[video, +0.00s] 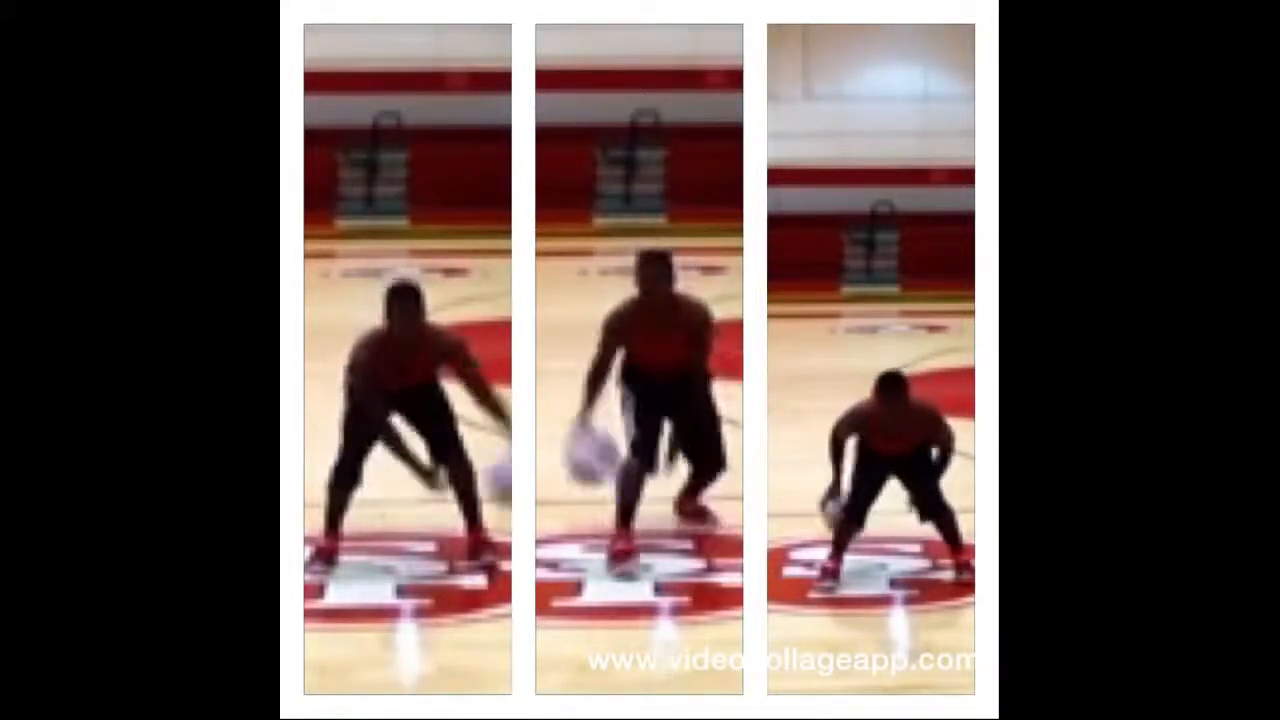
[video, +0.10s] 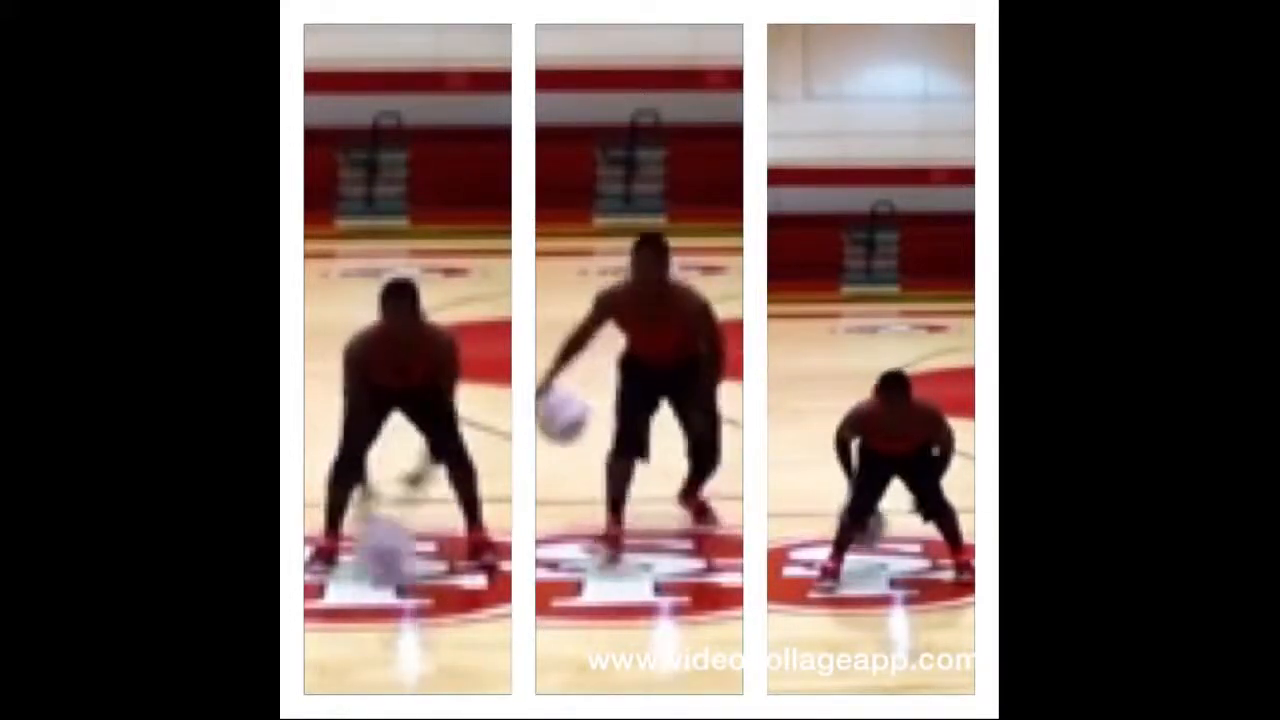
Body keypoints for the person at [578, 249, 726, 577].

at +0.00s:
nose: (651, 289)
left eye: (659, 281)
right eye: (645, 281)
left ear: (671, 280)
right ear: (637, 281)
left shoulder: (696, 317)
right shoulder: (624, 319)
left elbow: (698, 379)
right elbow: (601, 368)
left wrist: (679, 433)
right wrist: (586, 413)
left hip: (687, 386)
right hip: (644, 388)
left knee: (711, 460)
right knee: (642, 456)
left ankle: (688, 501)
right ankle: (623, 531)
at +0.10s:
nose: (648, 275)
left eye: (655, 267)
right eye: (642, 267)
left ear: (666, 267)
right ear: (632, 266)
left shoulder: (690, 304)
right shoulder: (616, 300)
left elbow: (716, 351)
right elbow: (581, 338)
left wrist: (708, 391)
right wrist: (549, 378)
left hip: (686, 372)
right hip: (640, 370)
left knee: (708, 453)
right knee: (626, 447)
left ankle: (689, 494)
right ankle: (614, 522)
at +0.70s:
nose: (666, 289)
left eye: (671, 280)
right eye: (658, 281)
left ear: (680, 279)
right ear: (645, 282)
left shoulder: (702, 311)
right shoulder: (629, 320)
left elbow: (725, 355)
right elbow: (607, 374)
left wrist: (734, 394)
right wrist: (614, 428)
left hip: (690, 375)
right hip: (645, 379)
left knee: (730, 441)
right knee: (640, 454)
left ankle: (707, 504)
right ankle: (631, 532)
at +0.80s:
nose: (662, 296)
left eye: (668, 288)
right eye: (656, 288)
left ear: (680, 287)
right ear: (646, 289)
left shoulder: (703, 323)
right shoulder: (629, 329)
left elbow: (709, 378)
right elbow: (615, 383)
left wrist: (710, 416)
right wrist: (615, 431)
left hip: (695, 398)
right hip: (652, 400)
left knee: (731, 450)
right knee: (664, 450)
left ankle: (706, 503)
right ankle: (636, 537)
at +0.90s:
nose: (658, 281)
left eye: (665, 273)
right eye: (653, 273)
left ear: (678, 274)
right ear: (644, 274)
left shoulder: (702, 312)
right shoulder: (629, 308)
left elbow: (720, 366)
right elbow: (599, 342)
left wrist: (710, 402)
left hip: (697, 385)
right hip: (651, 385)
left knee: (722, 460)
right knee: (641, 453)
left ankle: (705, 504)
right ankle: (629, 528)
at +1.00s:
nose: (658, 274)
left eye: (666, 266)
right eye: (653, 265)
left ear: (678, 267)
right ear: (644, 265)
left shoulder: (699, 302)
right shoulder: (625, 295)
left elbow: (728, 345)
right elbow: (587, 326)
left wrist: (728, 395)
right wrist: (551, 366)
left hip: (694, 369)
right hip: (646, 368)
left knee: (714, 440)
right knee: (621, 446)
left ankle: (718, 492)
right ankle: (620, 519)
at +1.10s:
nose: (661, 283)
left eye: (669, 276)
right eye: (656, 275)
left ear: (682, 276)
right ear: (648, 273)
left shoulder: (702, 311)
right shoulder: (627, 307)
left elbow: (723, 366)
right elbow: (606, 353)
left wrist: (720, 415)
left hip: (688, 375)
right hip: (642, 371)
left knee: (700, 443)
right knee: (607, 436)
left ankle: (722, 519)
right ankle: (616, 512)